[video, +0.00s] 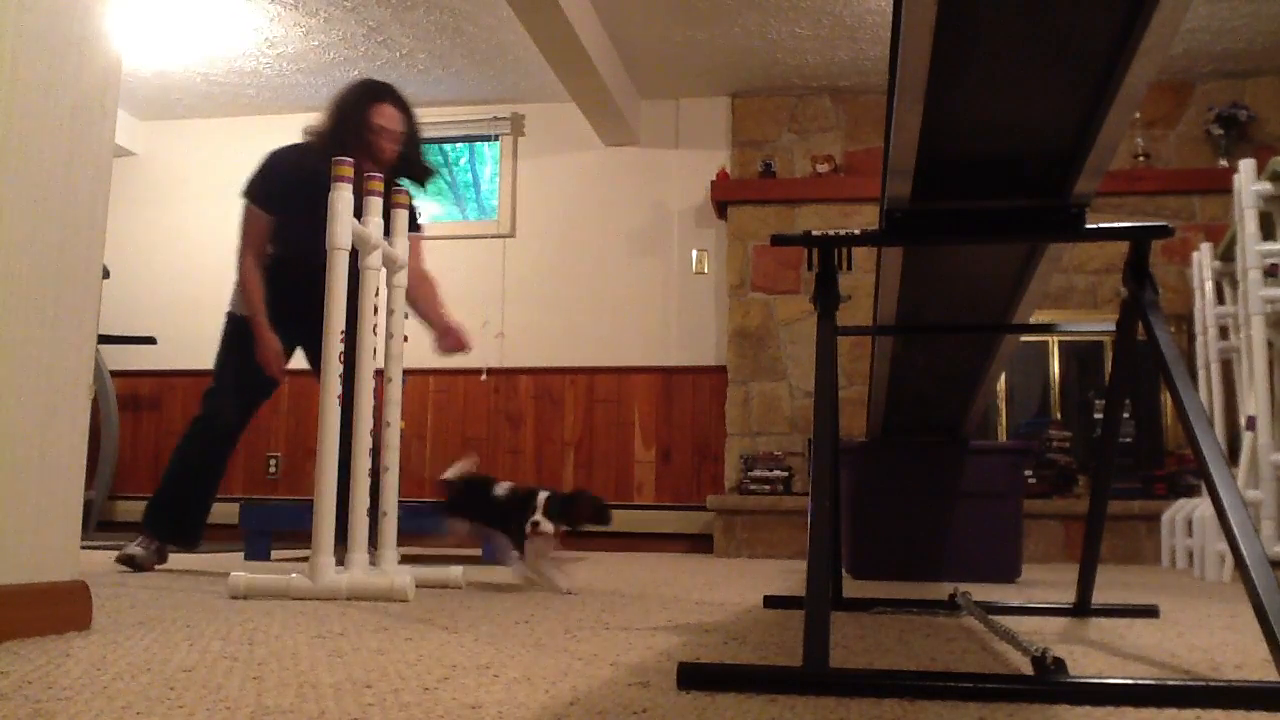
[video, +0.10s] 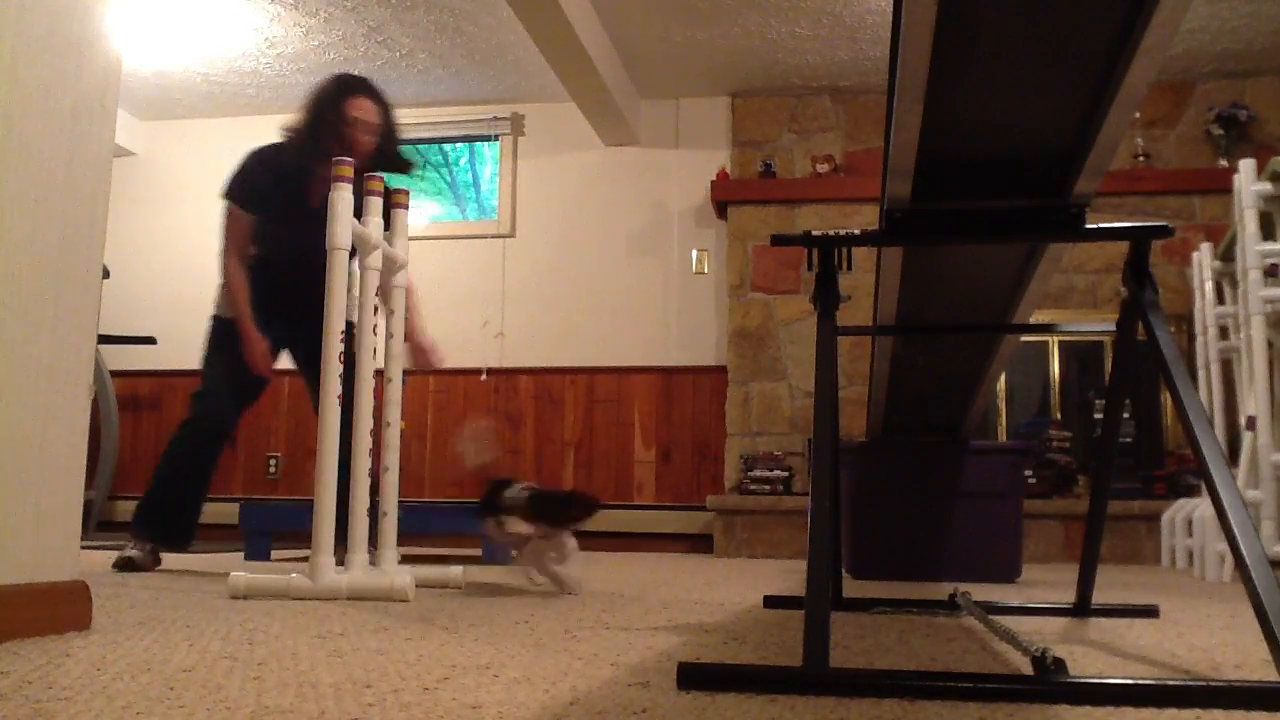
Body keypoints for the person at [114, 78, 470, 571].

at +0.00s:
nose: (388, 145)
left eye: (397, 136)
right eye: (379, 132)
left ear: (405, 139)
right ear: (351, 127)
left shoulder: (392, 191)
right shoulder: (291, 166)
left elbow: (413, 271)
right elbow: (251, 254)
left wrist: (440, 321)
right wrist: (261, 332)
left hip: (342, 311)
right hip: (274, 303)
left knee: (362, 422)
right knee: (222, 417)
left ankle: (358, 544)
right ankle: (157, 534)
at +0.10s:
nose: (366, 139)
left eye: (374, 130)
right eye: (355, 125)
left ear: (382, 134)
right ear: (329, 123)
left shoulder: (369, 185)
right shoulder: (270, 167)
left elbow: (393, 264)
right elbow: (234, 255)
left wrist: (415, 334)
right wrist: (248, 333)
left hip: (325, 310)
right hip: (259, 305)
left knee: (353, 423)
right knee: (213, 414)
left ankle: (354, 547)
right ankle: (149, 537)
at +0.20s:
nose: (330, 130)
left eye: (339, 122)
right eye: (320, 118)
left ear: (347, 130)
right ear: (294, 117)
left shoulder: (339, 185)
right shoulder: (236, 167)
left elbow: (351, 269)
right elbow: (204, 254)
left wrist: (353, 342)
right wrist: (220, 331)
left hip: (293, 310)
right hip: (228, 304)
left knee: (325, 422)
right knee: (185, 417)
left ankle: (338, 545)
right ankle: (142, 541)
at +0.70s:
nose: (370, 165)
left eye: (380, 156)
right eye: (360, 150)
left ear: (386, 159)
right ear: (329, 143)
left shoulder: (355, 206)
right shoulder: (271, 176)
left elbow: (364, 285)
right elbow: (210, 248)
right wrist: (191, 324)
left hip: (293, 323)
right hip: (230, 318)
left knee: (331, 422)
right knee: (181, 422)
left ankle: (344, 541)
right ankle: (139, 541)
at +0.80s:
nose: (392, 174)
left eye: (404, 168)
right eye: (385, 159)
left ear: (411, 174)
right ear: (355, 148)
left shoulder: (386, 216)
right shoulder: (295, 181)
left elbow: (397, 297)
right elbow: (233, 256)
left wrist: (414, 365)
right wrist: (212, 330)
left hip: (314, 329)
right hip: (250, 320)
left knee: (352, 425)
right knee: (195, 424)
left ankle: (346, 546)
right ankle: (139, 541)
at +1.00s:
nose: (433, 189)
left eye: (443, 180)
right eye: (425, 175)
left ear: (451, 180)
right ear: (395, 165)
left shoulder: (428, 232)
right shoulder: (324, 187)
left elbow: (453, 315)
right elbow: (270, 265)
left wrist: (489, 380)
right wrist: (265, 344)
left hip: (348, 319)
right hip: (285, 304)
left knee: (371, 425)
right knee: (232, 410)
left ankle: (349, 539)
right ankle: (161, 531)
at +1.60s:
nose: (399, 142)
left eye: (410, 133)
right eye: (390, 128)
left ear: (418, 139)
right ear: (364, 125)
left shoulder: (405, 200)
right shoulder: (305, 164)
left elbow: (415, 284)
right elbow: (257, 243)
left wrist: (429, 347)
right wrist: (245, 320)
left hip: (349, 313)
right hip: (283, 303)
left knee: (368, 421)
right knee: (234, 410)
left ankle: (357, 542)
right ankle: (157, 524)